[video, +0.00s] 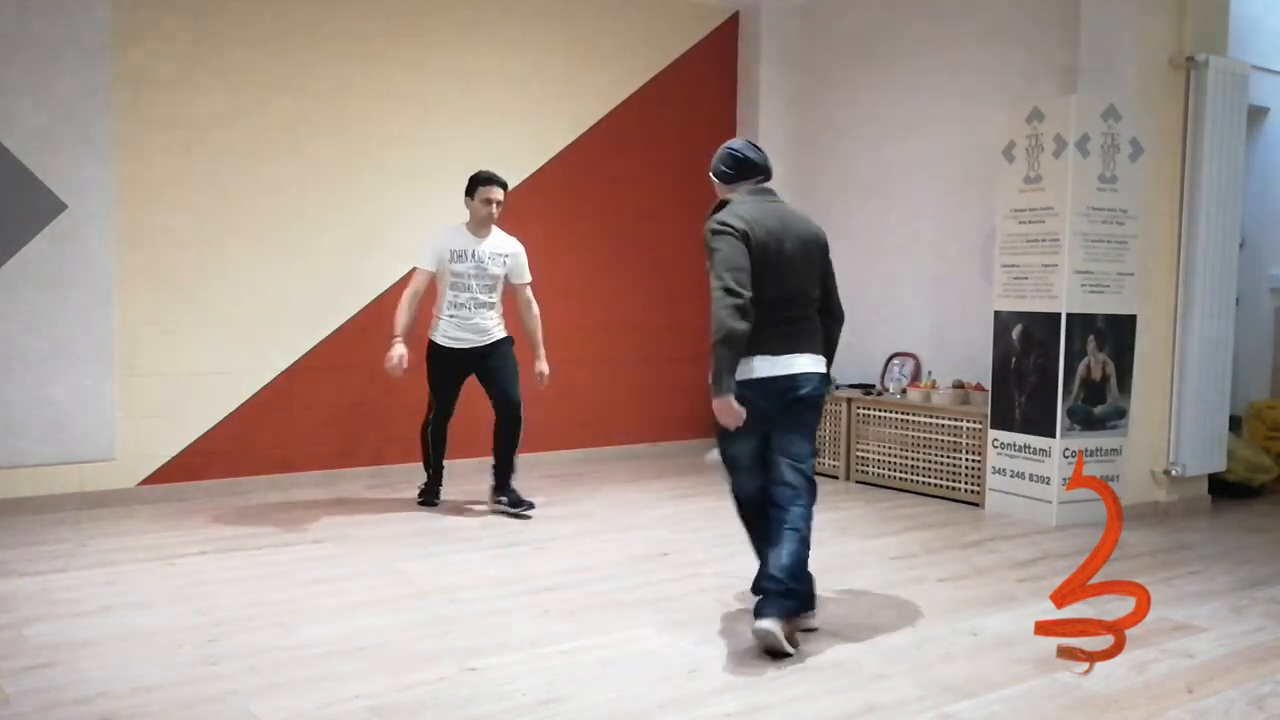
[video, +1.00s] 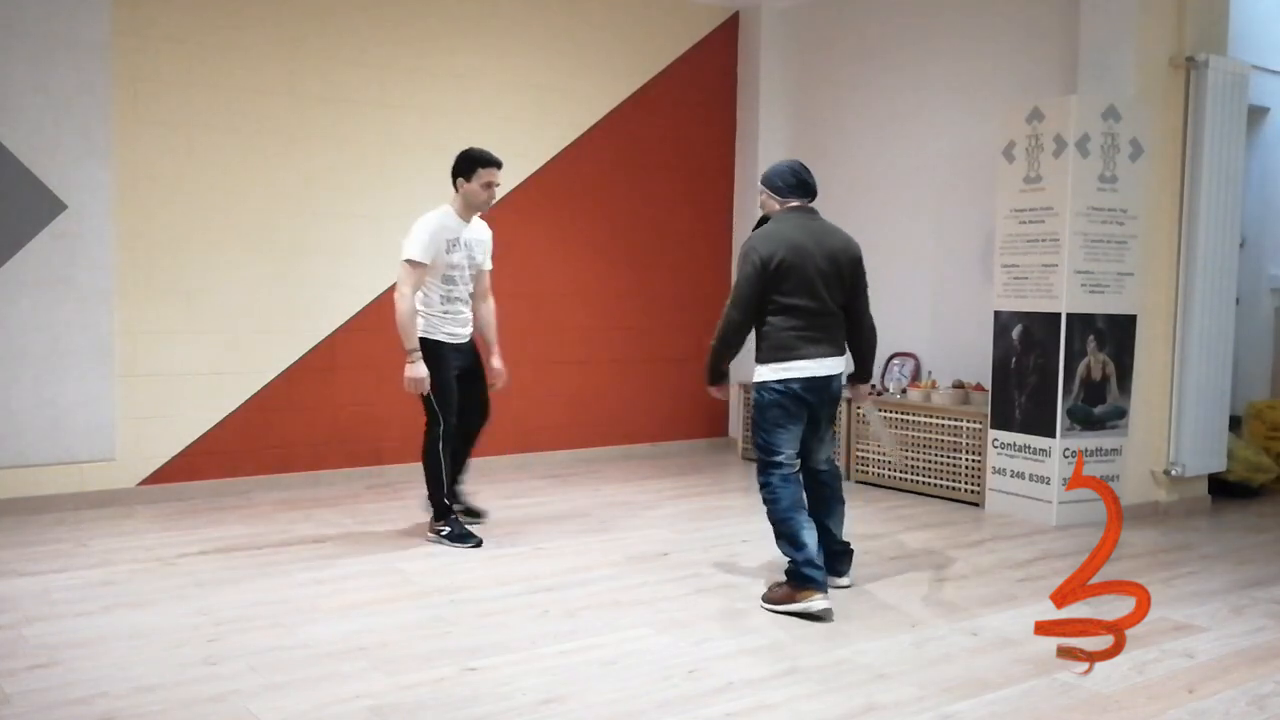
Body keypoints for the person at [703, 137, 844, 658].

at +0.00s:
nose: (713, 190)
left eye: (713, 182)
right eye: (714, 182)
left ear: (723, 182)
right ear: (764, 177)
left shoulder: (727, 223)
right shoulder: (806, 227)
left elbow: (733, 305)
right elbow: (832, 311)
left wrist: (722, 384)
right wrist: (819, 368)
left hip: (750, 378)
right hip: (806, 375)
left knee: (753, 492)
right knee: (794, 491)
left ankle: (797, 597)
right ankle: (771, 610)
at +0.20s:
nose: (731, 197)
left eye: (733, 190)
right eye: (731, 190)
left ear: (745, 191)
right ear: (781, 185)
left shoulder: (745, 238)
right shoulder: (825, 232)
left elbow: (728, 329)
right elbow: (840, 317)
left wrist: (707, 402)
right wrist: (821, 364)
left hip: (760, 386)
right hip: (820, 383)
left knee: (757, 490)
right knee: (832, 476)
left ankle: (795, 596)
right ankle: (829, 563)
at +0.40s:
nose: (746, 191)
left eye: (748, 184)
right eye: (747, 184)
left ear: (760, 186)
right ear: (798, 181)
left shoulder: (755, 236)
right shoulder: (839, 229)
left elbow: (726, 311)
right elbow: (857, 311)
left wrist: (702, 363)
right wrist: (850, 372)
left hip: (772, 379)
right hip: (829, 374)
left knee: (775, 491)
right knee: (836, 470)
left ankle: (798, 596)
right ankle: (861, 568)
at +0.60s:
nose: (763, 200)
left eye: (765, 194)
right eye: (764, 193)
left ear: (775, 195)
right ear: (811, 192)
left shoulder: (766, 246)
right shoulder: (850, 240)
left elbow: (737, 314)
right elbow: (868, 321)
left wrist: (715, 354)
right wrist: (865, 384)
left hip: (781, 381)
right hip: (837, 378)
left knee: (781, 483)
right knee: (831, 470)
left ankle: (801, 597)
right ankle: (837, 561)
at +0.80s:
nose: (768, 201)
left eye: (770, 194)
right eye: (769, 194)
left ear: (782, 196)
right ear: (817, 194)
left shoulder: (771, 242)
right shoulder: (853, 241)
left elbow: (746, 317)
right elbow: (870, 318)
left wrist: (731, 367)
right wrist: (872, 378)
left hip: (783, 377)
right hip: (835, 375)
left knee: (769, 470)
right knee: (826, 466)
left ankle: (797, 567)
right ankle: (833, 560)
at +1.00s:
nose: (760, 204)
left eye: (762, 197)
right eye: (761, 196)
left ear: (772, 199)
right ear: (808, 197)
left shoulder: (763, 243)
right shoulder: (842, 242)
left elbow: (738, 316)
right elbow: (859, 318)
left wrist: (716, 369)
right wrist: (863, 372)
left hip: (781, 377)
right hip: (830, 374)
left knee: (779, 473)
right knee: (819, 462)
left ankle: (807, 580)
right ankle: (835, 558)